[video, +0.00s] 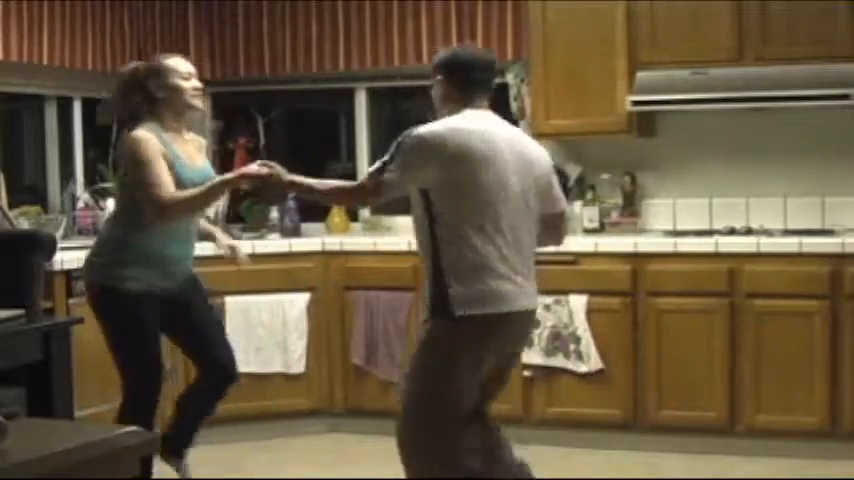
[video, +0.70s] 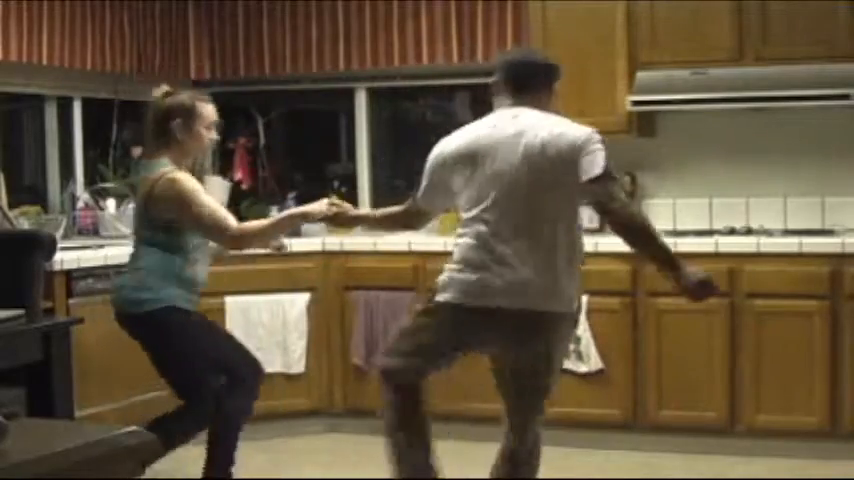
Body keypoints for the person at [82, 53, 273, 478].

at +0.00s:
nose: (199, 84)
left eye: (197, 77)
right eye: (187, 77)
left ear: (191, 89)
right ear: (157, 88)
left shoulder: (197, 143)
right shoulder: (141, 140)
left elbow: (187, 209)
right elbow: (163, 206)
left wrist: (221, 236)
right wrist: (230, 181)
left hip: (172, 276)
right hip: (121, 279)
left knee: (221, 369)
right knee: (143, 385)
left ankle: (173, 446)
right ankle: (132, 468)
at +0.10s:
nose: (190, 85)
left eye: (188, 77)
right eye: (179, 77)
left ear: (172, 89)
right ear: (151, 87)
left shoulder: (178, 142)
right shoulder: (139, 137)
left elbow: (201, 196)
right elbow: (177, 197)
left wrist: (243, 176)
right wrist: (242, 170)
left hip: (166, 277)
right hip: (121, 279)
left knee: (189, 377)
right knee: (145, 387)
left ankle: (124, 454)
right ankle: (133, 469)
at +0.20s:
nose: (188, 94)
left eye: (187, 85)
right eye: (179, 85)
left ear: (160, 94)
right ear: (151, 91)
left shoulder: (157, 140)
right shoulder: (139, 138)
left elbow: (203, 197)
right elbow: (199, 191)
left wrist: (253, 169)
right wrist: (264, 161)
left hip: (151, 280)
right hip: (123, 281)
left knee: (155, 384)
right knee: (159, 384)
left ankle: (127, 469)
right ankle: (120, 470)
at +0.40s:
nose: (197, 116)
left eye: (198, 107)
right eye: (193, 107)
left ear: (159, 103)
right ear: (165, 104)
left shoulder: (130, 144)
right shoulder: (161, 148)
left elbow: (110, 209)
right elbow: (230, 199)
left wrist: (163, 255)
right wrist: (299, 169)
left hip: (112, 275)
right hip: (125, 278)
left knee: (168, 371)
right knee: (191, 360)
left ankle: (129, 448)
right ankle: (138, 458)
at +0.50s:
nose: (200, 134)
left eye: (201, 125)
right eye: (196, 125)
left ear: (164, 122)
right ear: (169, 123)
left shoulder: (124, 165)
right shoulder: (170, 169)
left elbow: (125, 233)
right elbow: (232, 222)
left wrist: (183, 256)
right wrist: (298, 197)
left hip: (104, 289)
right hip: (136, 291)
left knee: (162, 389)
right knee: (202, 358)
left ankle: (115, 465)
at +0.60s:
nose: (206, 145)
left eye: (207, 136)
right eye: (201, 135)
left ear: (171, 135)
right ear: (173, 134)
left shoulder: (134, 175)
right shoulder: (170, 184)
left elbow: (164, 245)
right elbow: (235, 238)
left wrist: (222, 255)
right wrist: (300, 218)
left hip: (117, 303)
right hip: (148, 305)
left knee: (178, 402)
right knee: (220, 373)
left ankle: (109, 467)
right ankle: (220, 474)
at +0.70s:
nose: (215, 137)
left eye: (215, 128)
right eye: (209, 128)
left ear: (181, 132)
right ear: (180, 130)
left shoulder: (161, 179)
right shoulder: (173, 182)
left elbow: (218, 241)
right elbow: (233, 235)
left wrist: (262, 238)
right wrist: (304, 213)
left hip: (146, 305)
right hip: (156, 305)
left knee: (205, 401)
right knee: (244, 372)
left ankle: (122, 460)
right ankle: (218, 473)